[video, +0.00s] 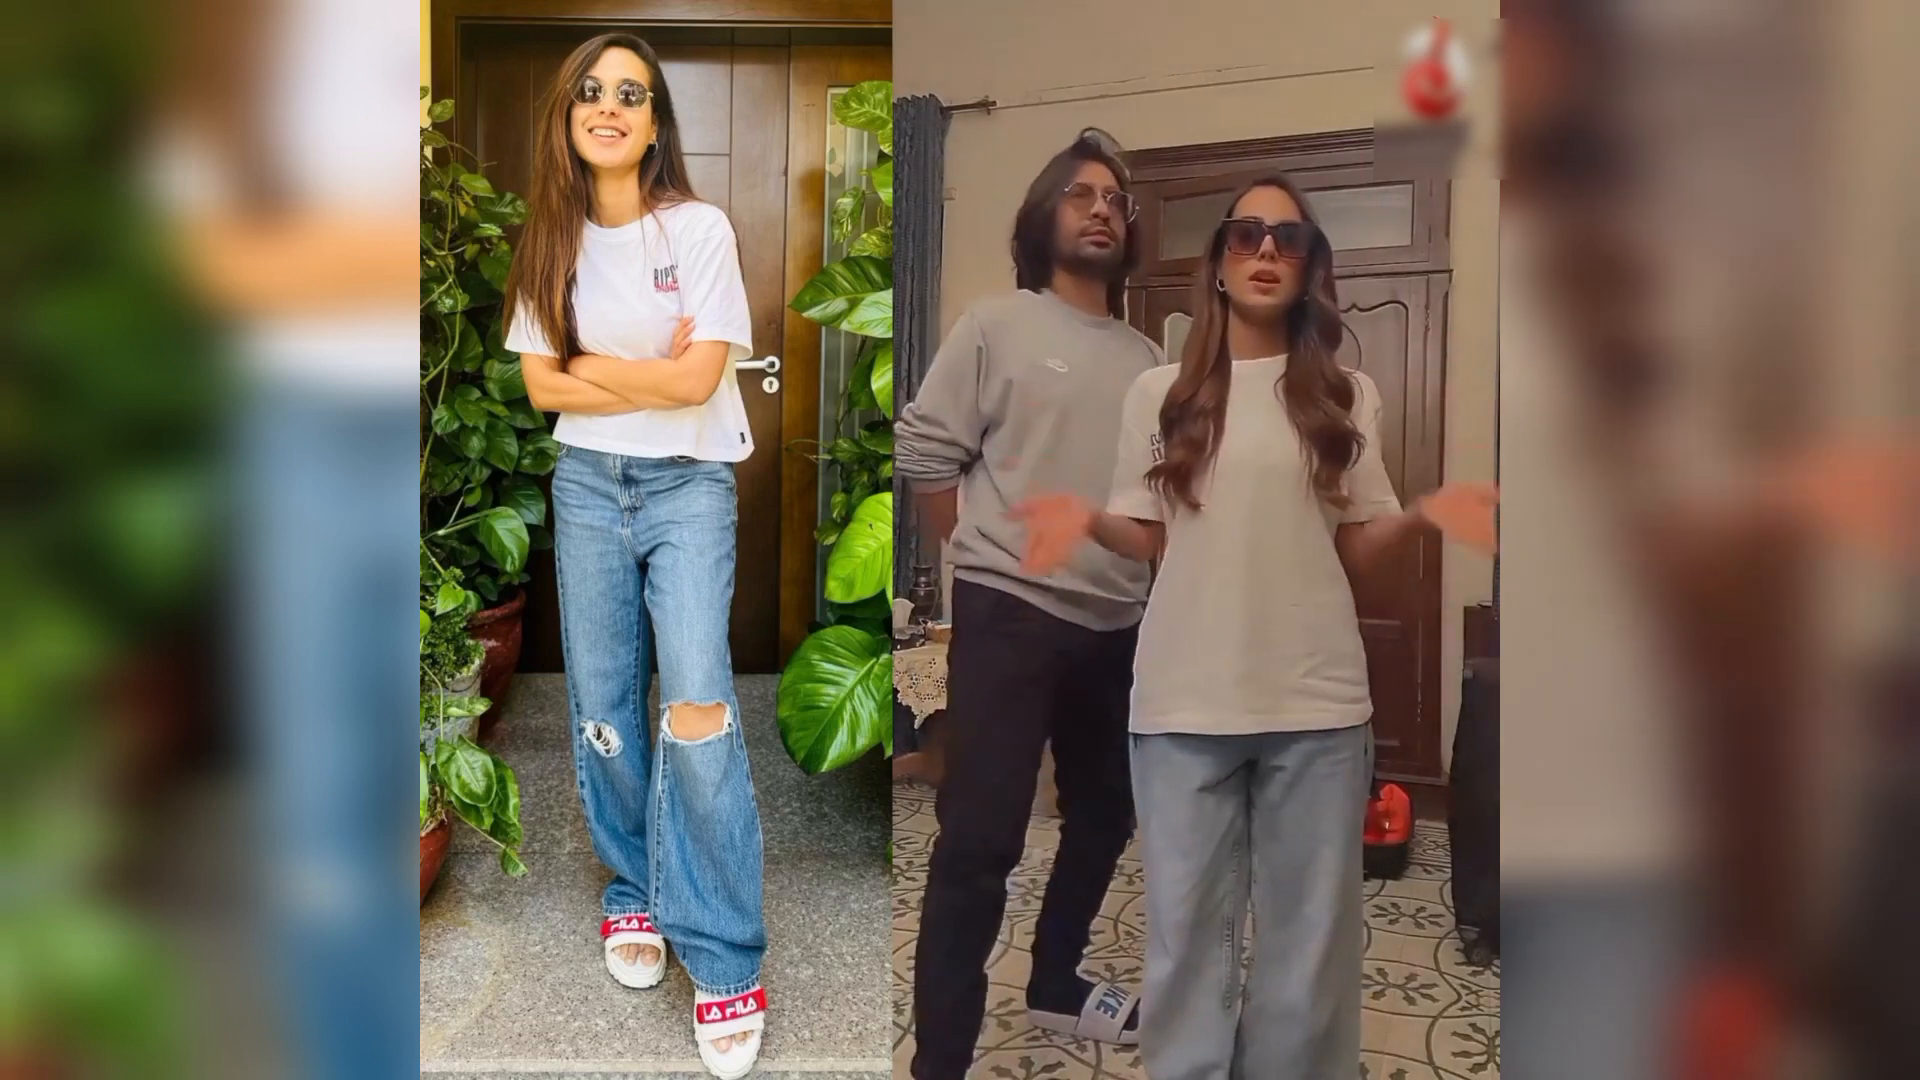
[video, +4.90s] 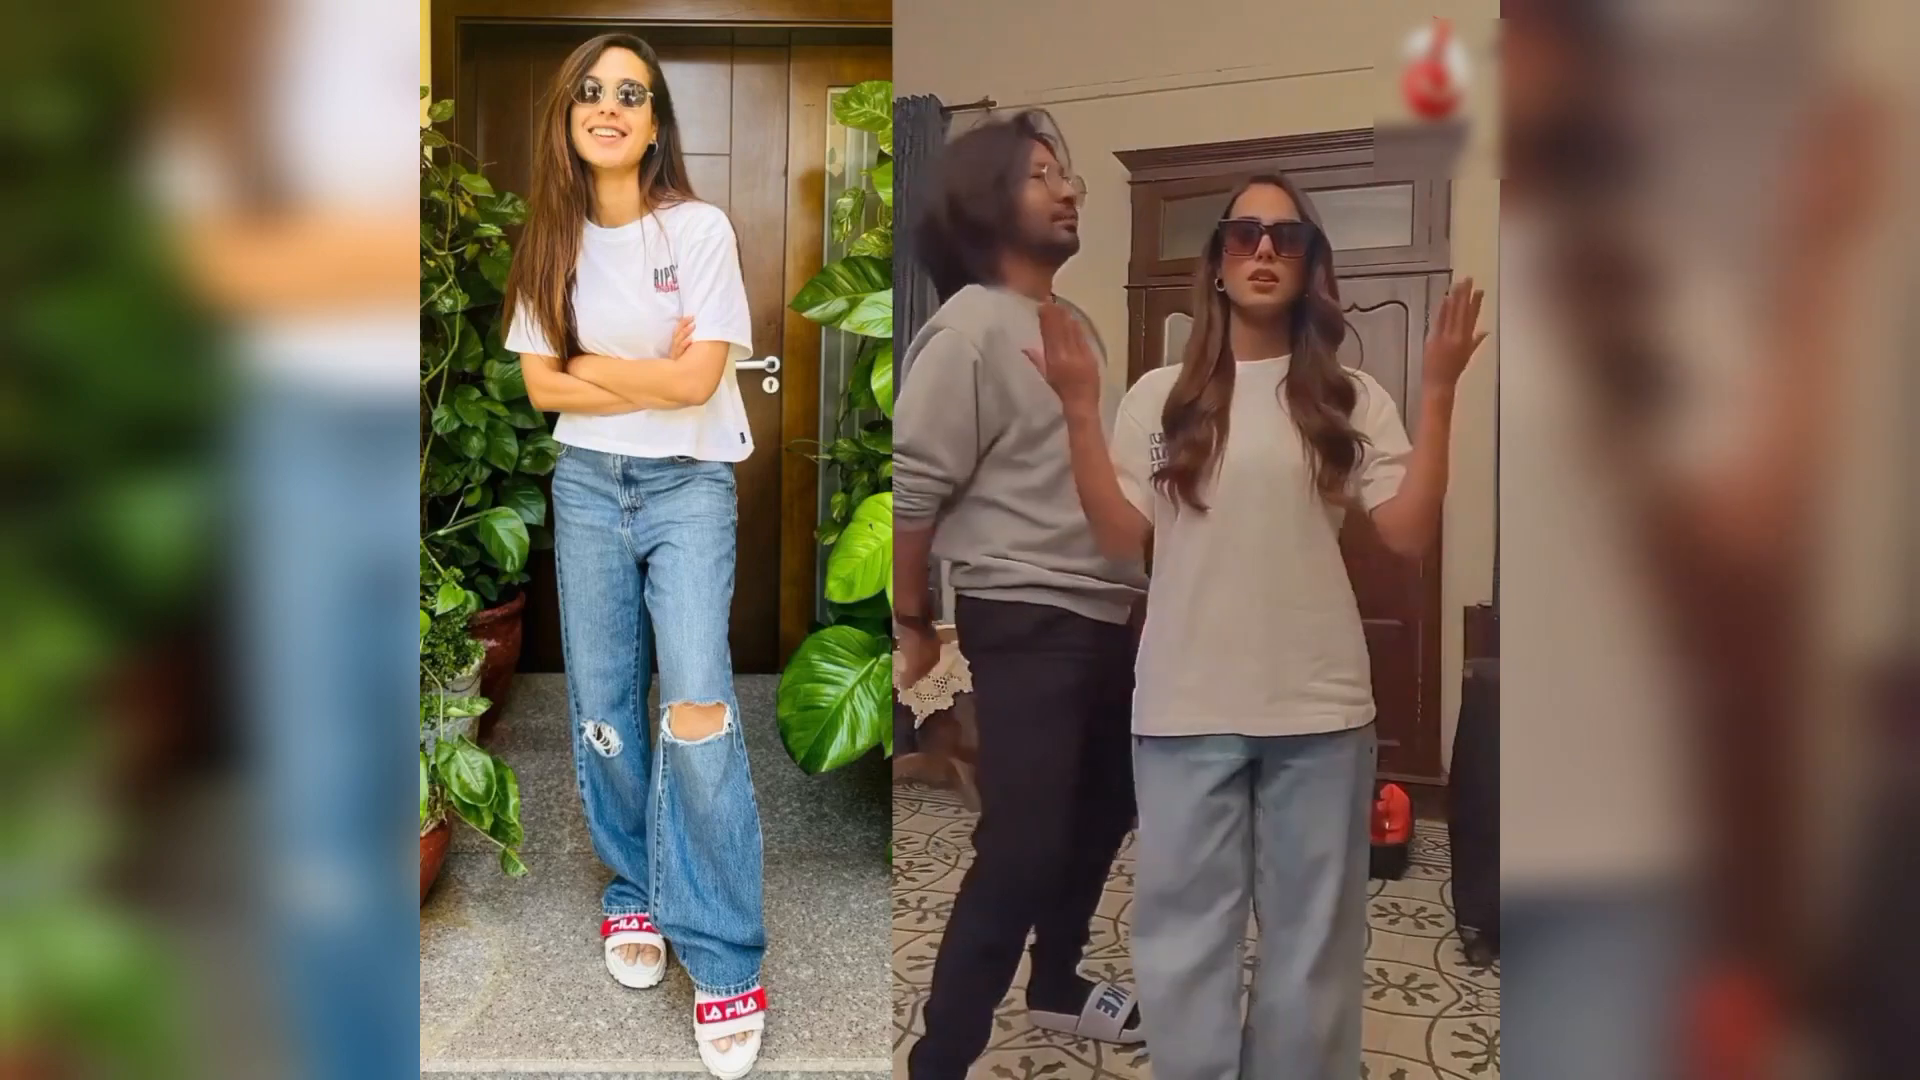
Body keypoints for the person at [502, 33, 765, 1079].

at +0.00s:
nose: (610, 111)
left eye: (629, 97)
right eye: (593, 95)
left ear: (656, 122)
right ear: (566, 117)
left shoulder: (699, 226)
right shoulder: (549, 239)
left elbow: (698, 378)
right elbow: (540, 385)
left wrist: (576, 362)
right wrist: (662, 378)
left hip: (689, 481)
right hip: (584, 483)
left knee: (695, 709)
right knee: (602, 708)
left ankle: (724, 955)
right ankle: (631, 890)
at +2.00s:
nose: (609, 111)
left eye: (629, 98)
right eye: (592, 95)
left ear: (656, 122)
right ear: (565, 117)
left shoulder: (699, 226)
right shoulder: (550, 239)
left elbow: (699, 378)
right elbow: (540, 385)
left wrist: (578, 363)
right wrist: (662, 377)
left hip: (689, 482)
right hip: (584, 484)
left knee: (694, 709)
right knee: (602, 706)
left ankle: (724, 956)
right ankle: (632, 891)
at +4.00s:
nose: (610, 111)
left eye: (630, 97)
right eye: (593, 95)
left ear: (656, 121)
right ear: (566, 117)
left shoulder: (699, 226)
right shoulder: (549, 240)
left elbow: (698, 378)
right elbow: (540, 385)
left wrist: (577, 363)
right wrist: (662, 378)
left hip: (689, 482)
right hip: (584, 484)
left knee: (694, 708)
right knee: (603, 707)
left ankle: (724, 956)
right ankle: (631, 891)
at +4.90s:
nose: (610, 111)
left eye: (630, 98)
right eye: (593, 95)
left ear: (656, 121)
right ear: (566, 117)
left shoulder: (699, 226)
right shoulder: (549, 239)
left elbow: (698, 378)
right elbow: (540, 386)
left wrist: (576, 362)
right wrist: (662, 378)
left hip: (689, 482)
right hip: (584, 484)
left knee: (695, 707)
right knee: (603, 707)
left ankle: (724, 956)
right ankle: (632, 890)